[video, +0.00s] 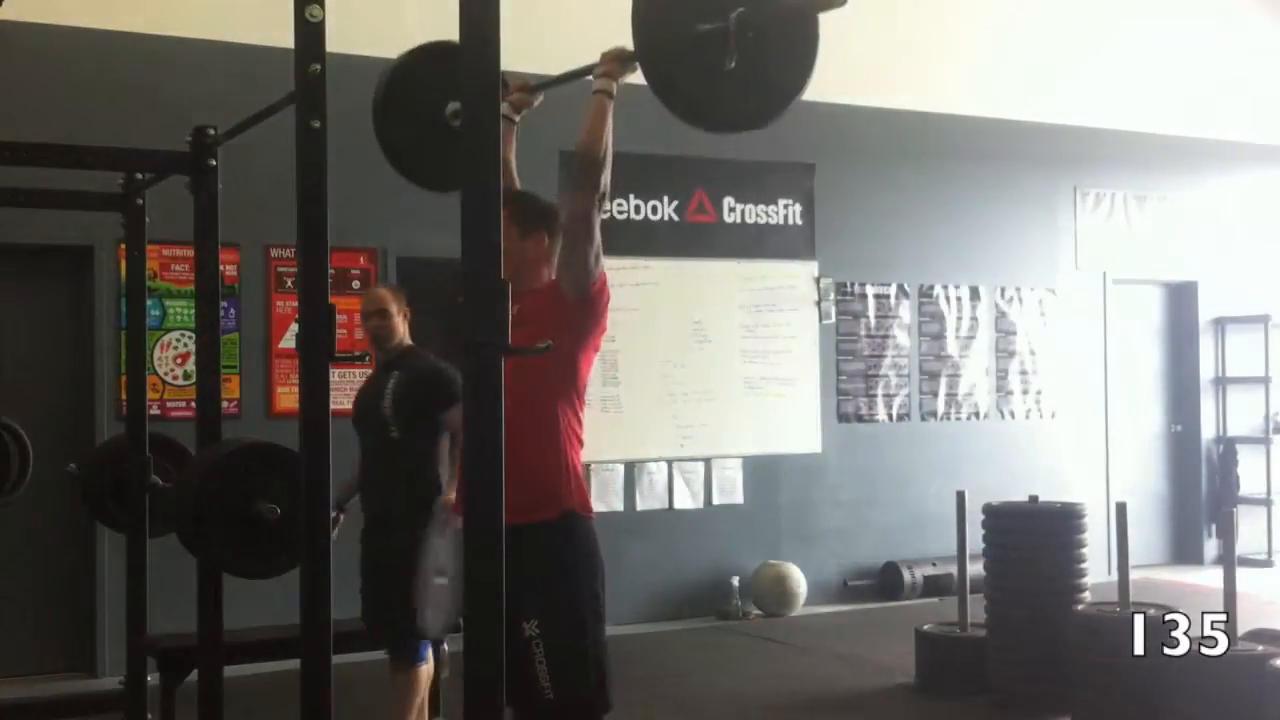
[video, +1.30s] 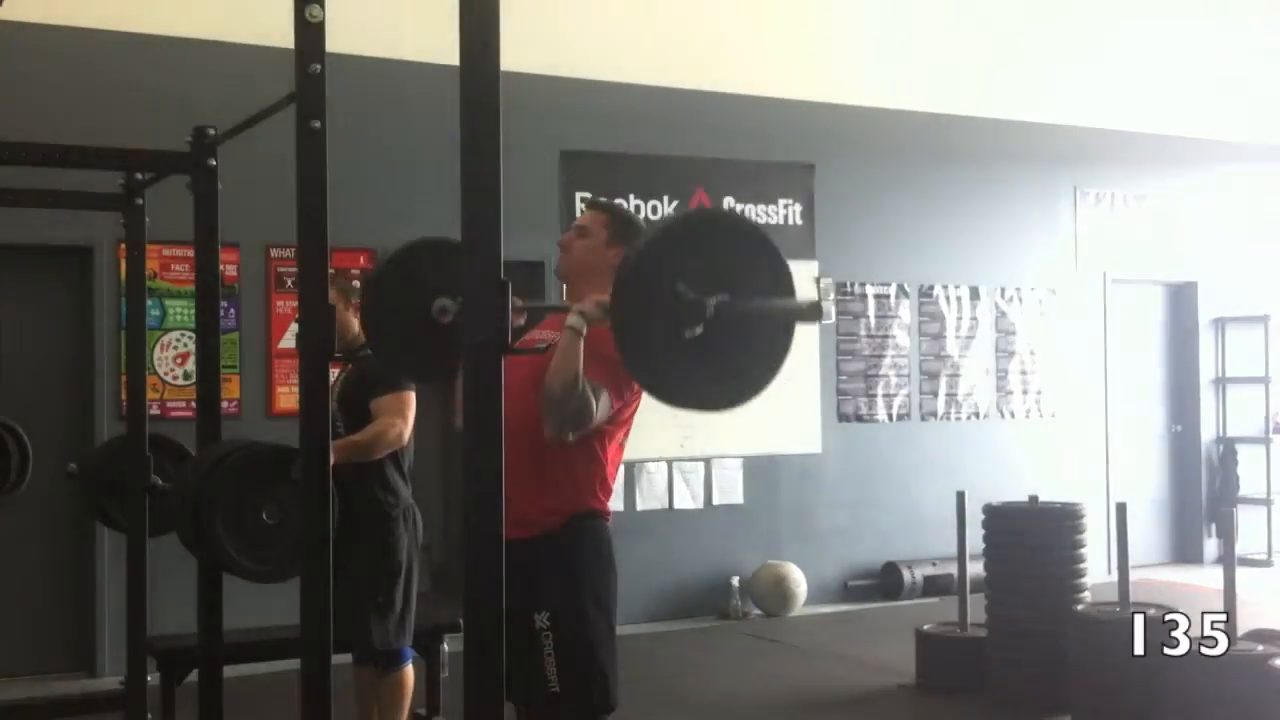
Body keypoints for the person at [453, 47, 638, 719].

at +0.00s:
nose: (494, 246)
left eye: (506, 233)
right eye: (492, 233)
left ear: (541, 241)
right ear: (502, 242)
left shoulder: (571, 304)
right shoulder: (498, 307)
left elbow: (586, 195)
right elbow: (500, 211)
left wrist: (603, 85)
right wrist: (510, 118)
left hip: (553, 524)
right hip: (490, 526)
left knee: (574, 691)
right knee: (501, 686)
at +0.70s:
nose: (569, 236)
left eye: (585, 231)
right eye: (571, 229)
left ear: (619, 260)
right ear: (559, 244)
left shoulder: (613, 326)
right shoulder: (523, 316)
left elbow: (560, 254)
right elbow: (457, 282)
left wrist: (582, 171)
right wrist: (491, 205)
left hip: (566, 535)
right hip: (499, 532)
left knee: (575, 698)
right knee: (506, 694)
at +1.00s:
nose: (576, 251)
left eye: (595, 241)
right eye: (578, 240)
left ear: (620, 264)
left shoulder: (626, 333)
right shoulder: (531, 330)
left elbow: (561, 327)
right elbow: (454, 352)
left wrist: (572, 255)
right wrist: (487, 277)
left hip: (571, 530)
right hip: (508, 529)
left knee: (578, 691)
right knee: (514, 688)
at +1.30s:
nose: (563, 238)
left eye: (581, 232)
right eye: (569, 230)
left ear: (615, 254)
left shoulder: (618, 336)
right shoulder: (537, 329)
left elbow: (567, 420)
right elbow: (467, 415)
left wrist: (576, 321)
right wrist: (461, 328)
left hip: (566, 542)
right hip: (504, 540)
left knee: (569, 702)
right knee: (504, 697)